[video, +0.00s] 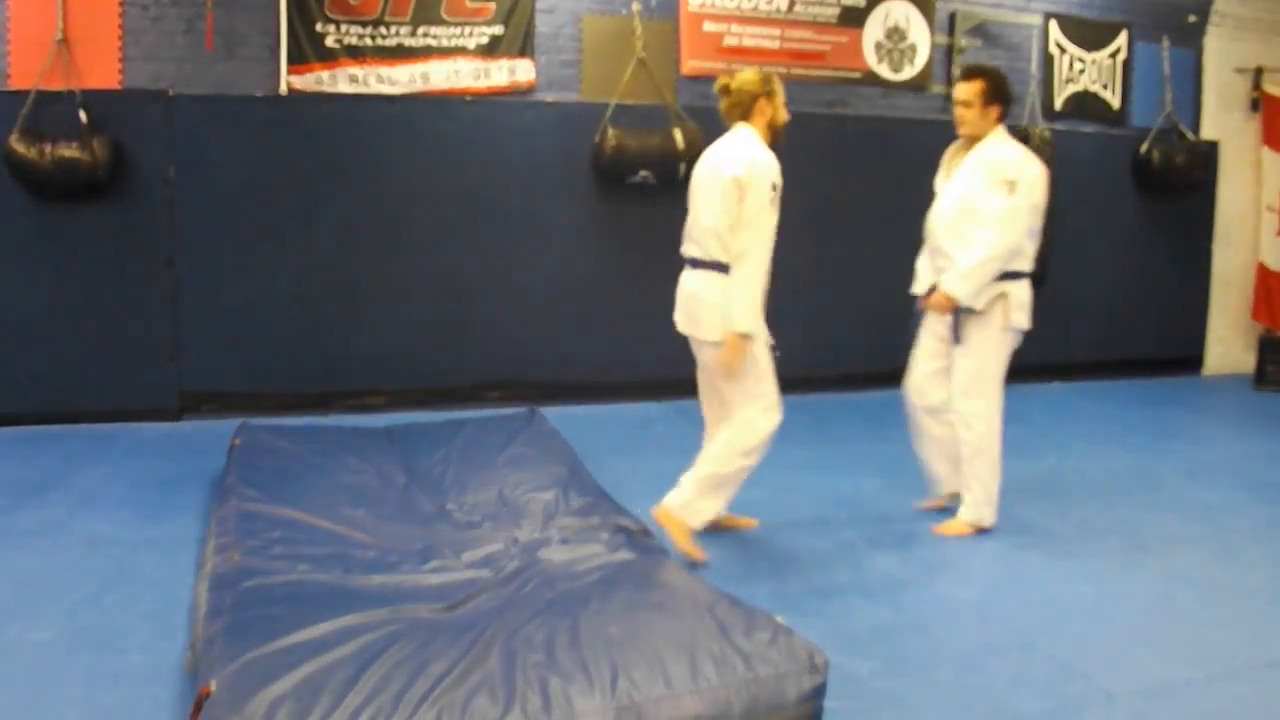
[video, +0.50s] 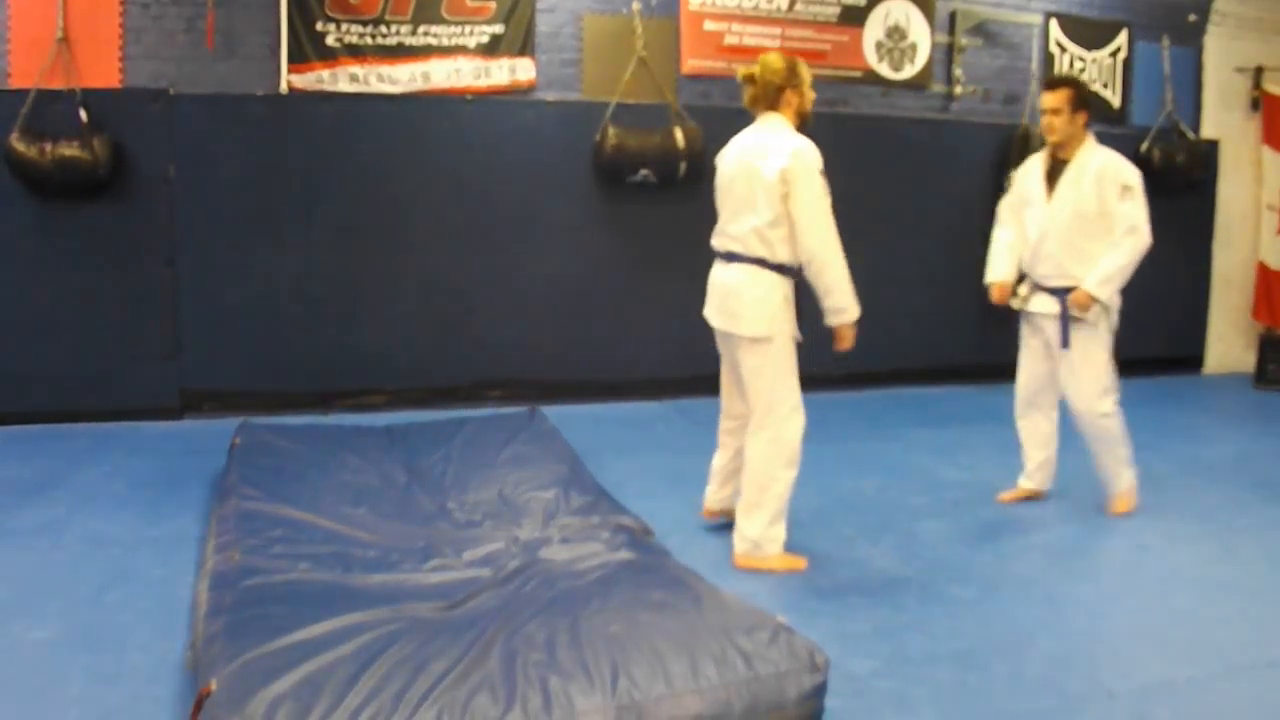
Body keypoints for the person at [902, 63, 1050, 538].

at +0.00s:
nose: (957, 114)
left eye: (967, 106)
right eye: (955, 105)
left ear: (995, 110)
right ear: (956, 107)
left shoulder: (1023, 168)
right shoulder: (955, 157)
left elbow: (1006, 242)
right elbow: (938, 229)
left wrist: (956, 289)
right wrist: (925, 280)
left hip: (995, 296)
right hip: (948, 294)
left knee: (976, 400)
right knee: (923, 390)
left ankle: (979, 510)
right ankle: (950, 484)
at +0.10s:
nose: (977, 116)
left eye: (987, 108)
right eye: (975, 107)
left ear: (1014, 114)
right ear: (974, 110)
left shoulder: (1044, 168)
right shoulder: (970, 162)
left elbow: (1047, 240)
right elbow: (952, 226)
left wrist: (996, 283)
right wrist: (941, 279)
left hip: (1016, 297)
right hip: (969, 293)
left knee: (991, 401)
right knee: (958, 391)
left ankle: (980, 508)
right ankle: (1014, 459)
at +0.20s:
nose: (993, 126)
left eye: (1003, 118)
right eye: (990, 117)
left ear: (1029, 123)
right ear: (985, 121)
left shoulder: (1060, 176)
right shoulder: (981, 175)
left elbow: (1074, 243)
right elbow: (961, 234)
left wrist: (1033, 292)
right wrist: (949, 288)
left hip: (1040, 304)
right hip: (993, 301)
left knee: (1008, 400)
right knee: (1009, 394)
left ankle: (980, 507)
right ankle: (1034, 474)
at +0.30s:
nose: (1007, 126)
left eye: (1017, 118)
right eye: (1003, 117)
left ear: (1042, 120)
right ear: (1000, 120)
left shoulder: (1079, 173)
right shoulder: (998, 174)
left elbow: (1085, 244)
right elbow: (978, 237)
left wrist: (1067, 303)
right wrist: (959, 294)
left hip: (1054, 297)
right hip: (1009, 296)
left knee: (1028, 397)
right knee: (1018, 394)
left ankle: (1003, 498)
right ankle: (1038, 472)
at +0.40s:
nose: (1027, 122)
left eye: (1036, 113)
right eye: (1023, 113)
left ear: (1062, 116)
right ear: (1019, 117)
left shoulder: (1099, 171)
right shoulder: (1014, 169)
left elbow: (1113, 239)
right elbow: (993, 230)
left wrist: (1083, 295)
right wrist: (980, 284)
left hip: (1070, 299)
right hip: (1023, 297)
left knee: (1057, 397)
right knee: (1022, 394)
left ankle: (1068, 492)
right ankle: (1033, 477)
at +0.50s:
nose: (1046, 122)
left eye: (1056, 114)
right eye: (1043, 114)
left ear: (1082, 118)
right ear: (1040, 118)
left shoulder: (1117, 172)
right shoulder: (1028, 172)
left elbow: (1135, 237)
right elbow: (1008, 223)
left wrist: (1094, 289)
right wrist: (1001, 273)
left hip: (1087, 305)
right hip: (1035, 302)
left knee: (1091, 400)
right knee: (1032, 395)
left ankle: (1121, 484)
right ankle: (1035, 478)